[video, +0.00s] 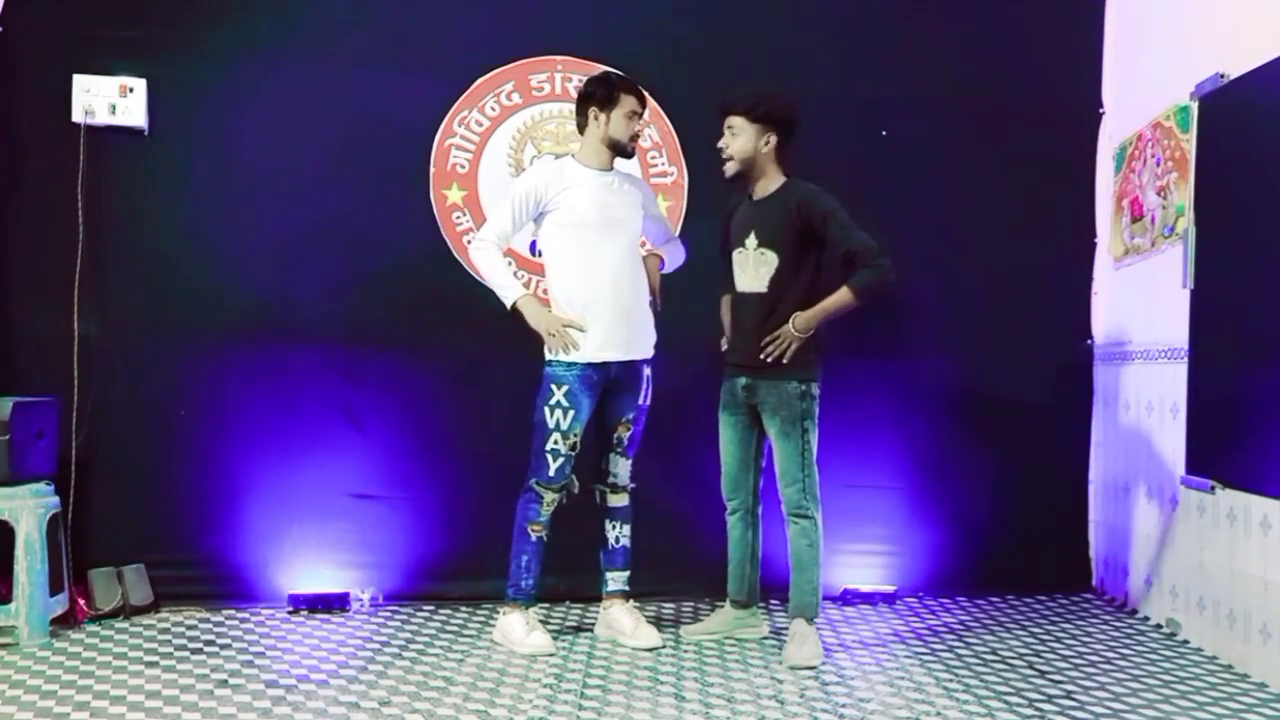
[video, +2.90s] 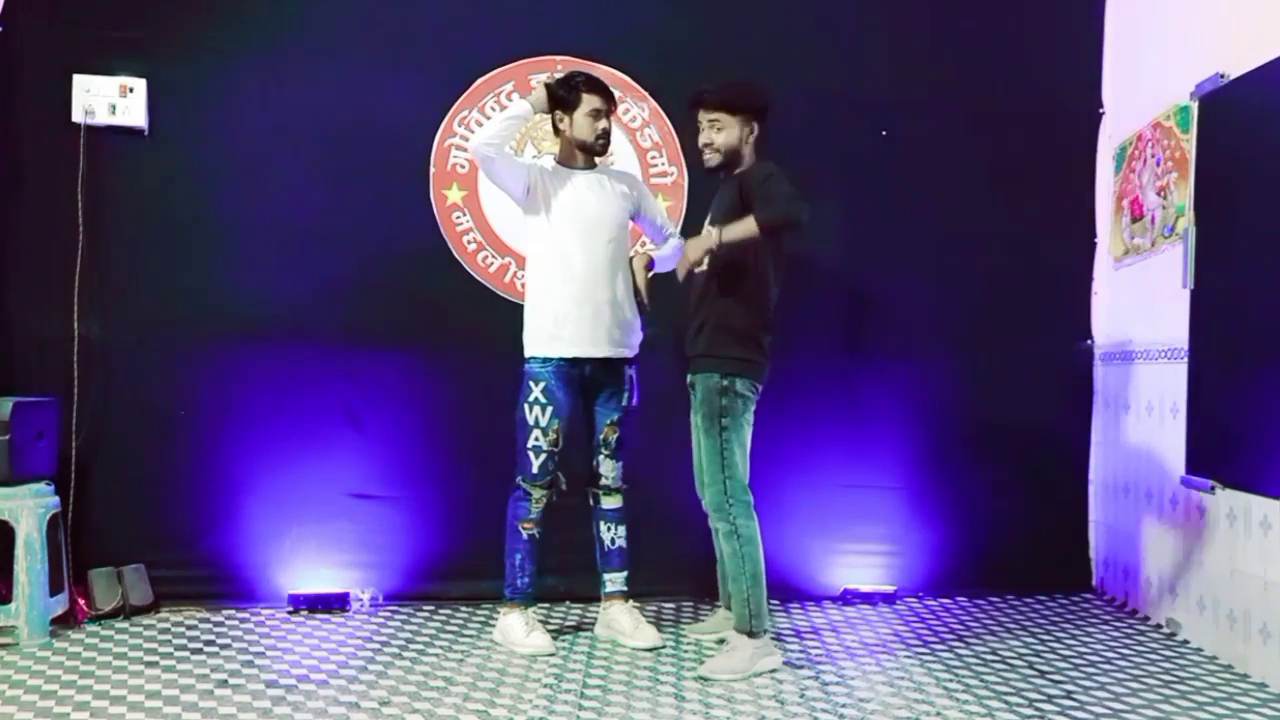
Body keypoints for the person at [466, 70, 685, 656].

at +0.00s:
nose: (640, 125)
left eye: (642, 116)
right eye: (632, 114)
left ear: (621, 121)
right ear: (595, 115)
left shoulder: (636, 185)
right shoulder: (546, 177)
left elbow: (672, 248)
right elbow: (485, 246)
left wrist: (655, 263)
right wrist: (527, 306)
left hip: (634, 353)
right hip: (573, 353)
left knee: (619, 480)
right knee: (551, 480)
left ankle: (616, 605)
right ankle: (516, 611)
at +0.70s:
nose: (635, 125)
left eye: (638, 117)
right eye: (625, 115)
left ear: (633, 122)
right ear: (590, 115)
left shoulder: (638, 185)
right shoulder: (546, 177)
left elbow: (675, 252)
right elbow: (487, 245)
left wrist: (657, 259)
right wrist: (534, 260)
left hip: (628, 353)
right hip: (565, 352)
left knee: (617, 480)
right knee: (545, 479)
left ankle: (615, 605)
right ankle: (516, 611)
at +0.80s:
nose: (624, 131)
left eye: (630, 123)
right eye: (614, 119)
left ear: (632, 127)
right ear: (583, 116)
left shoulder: (638, 185)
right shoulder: (548, 176)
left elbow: (678, 253)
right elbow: (489, 249)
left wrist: (657, 262)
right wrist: (530, 195)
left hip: (628, 351)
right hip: (564, 350)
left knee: (617, 481)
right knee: (544, 480)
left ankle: (616, 605)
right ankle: (516, 611)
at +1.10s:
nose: (593, 151)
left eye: (601, 140)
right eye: (582, 142)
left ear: (617, 128)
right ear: (561, 132)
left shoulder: (644, 188)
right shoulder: (550, 181)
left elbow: (689, 250)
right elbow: (494, 161)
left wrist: (663, 259)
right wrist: (542, 116)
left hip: (625, 352)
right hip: (560, 350)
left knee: (617, 479)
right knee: (543, 478)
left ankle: (615, 604)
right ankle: (516, 610)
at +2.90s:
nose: (606, 125)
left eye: (608, 115)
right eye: (595, 115)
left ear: (605, 120)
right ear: (560, 120)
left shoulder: (626, 182)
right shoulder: (536, 179)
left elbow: (670, 243)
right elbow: (485, 153)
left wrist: (656, 259)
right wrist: (532, 115)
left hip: (615, 350)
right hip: (552, 349)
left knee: (610, 477)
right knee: (538, 478)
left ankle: (615, 604)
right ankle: (515, 611)